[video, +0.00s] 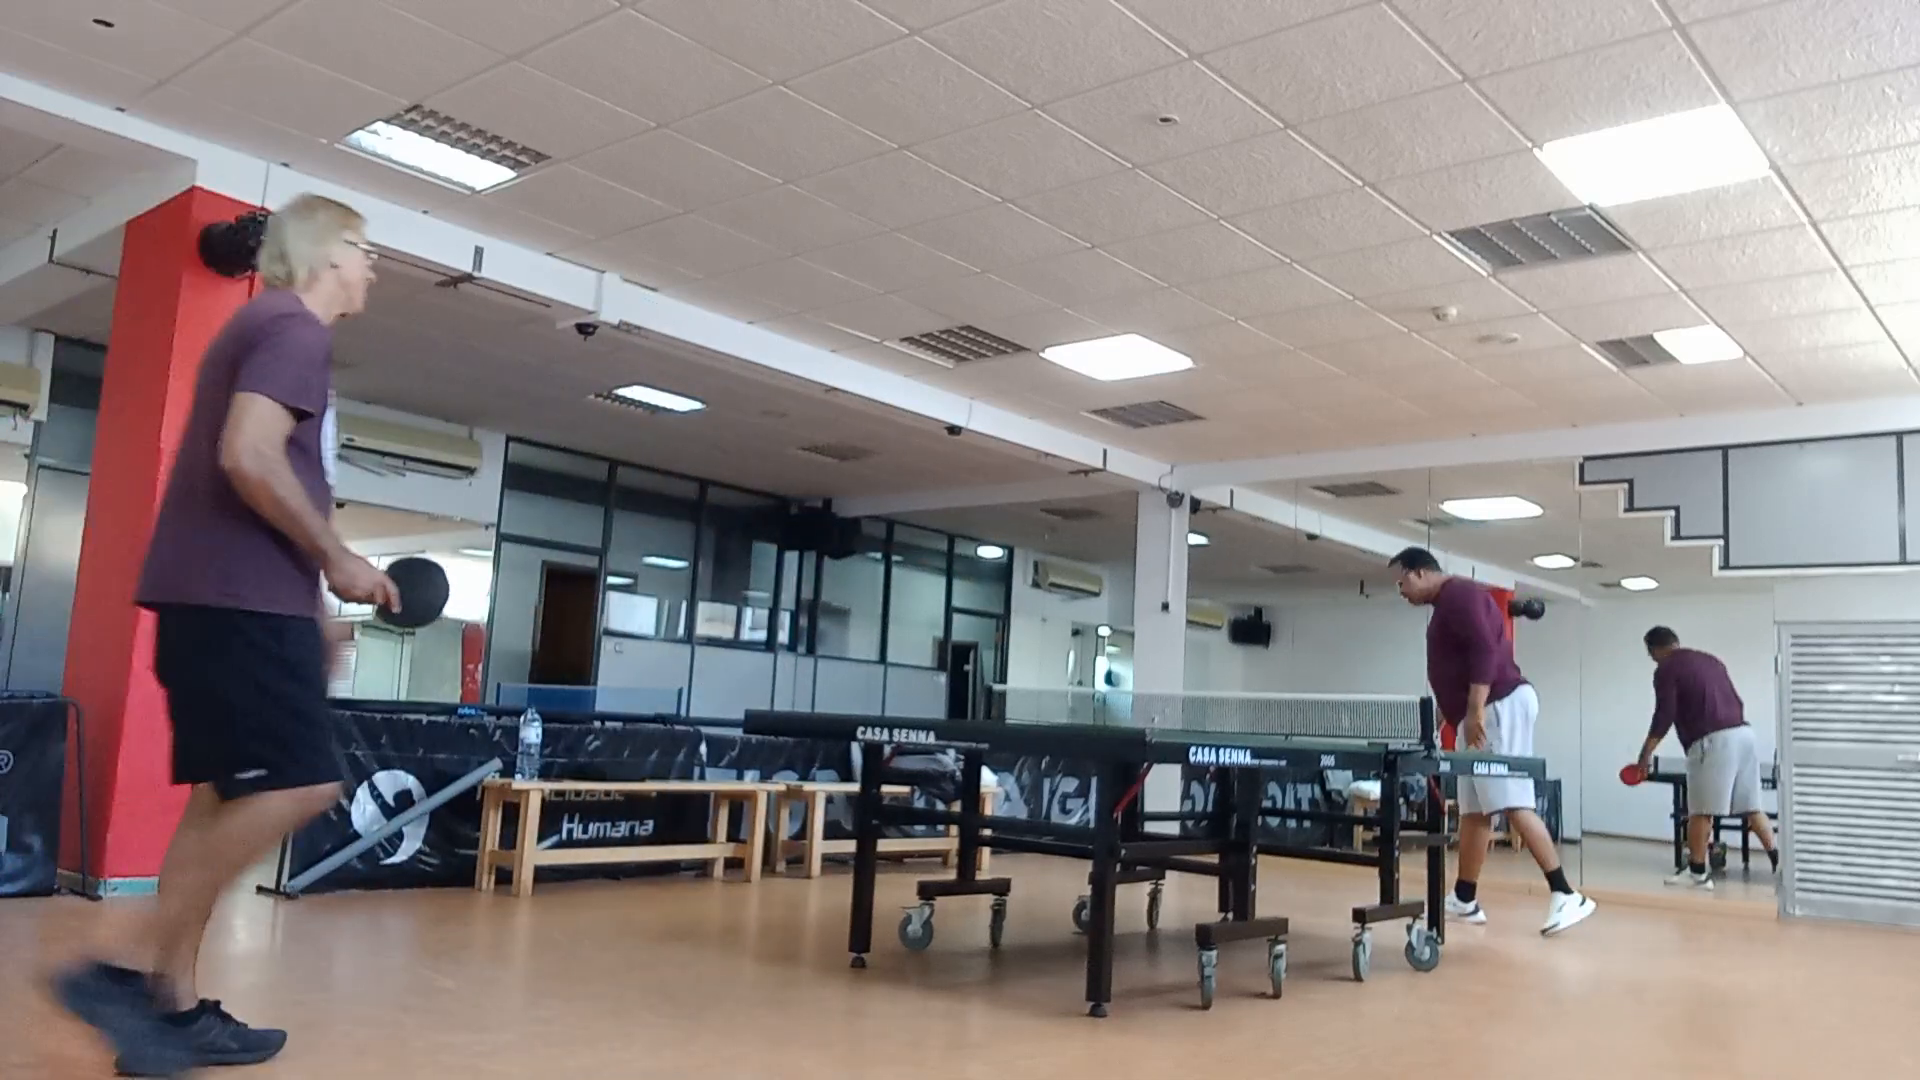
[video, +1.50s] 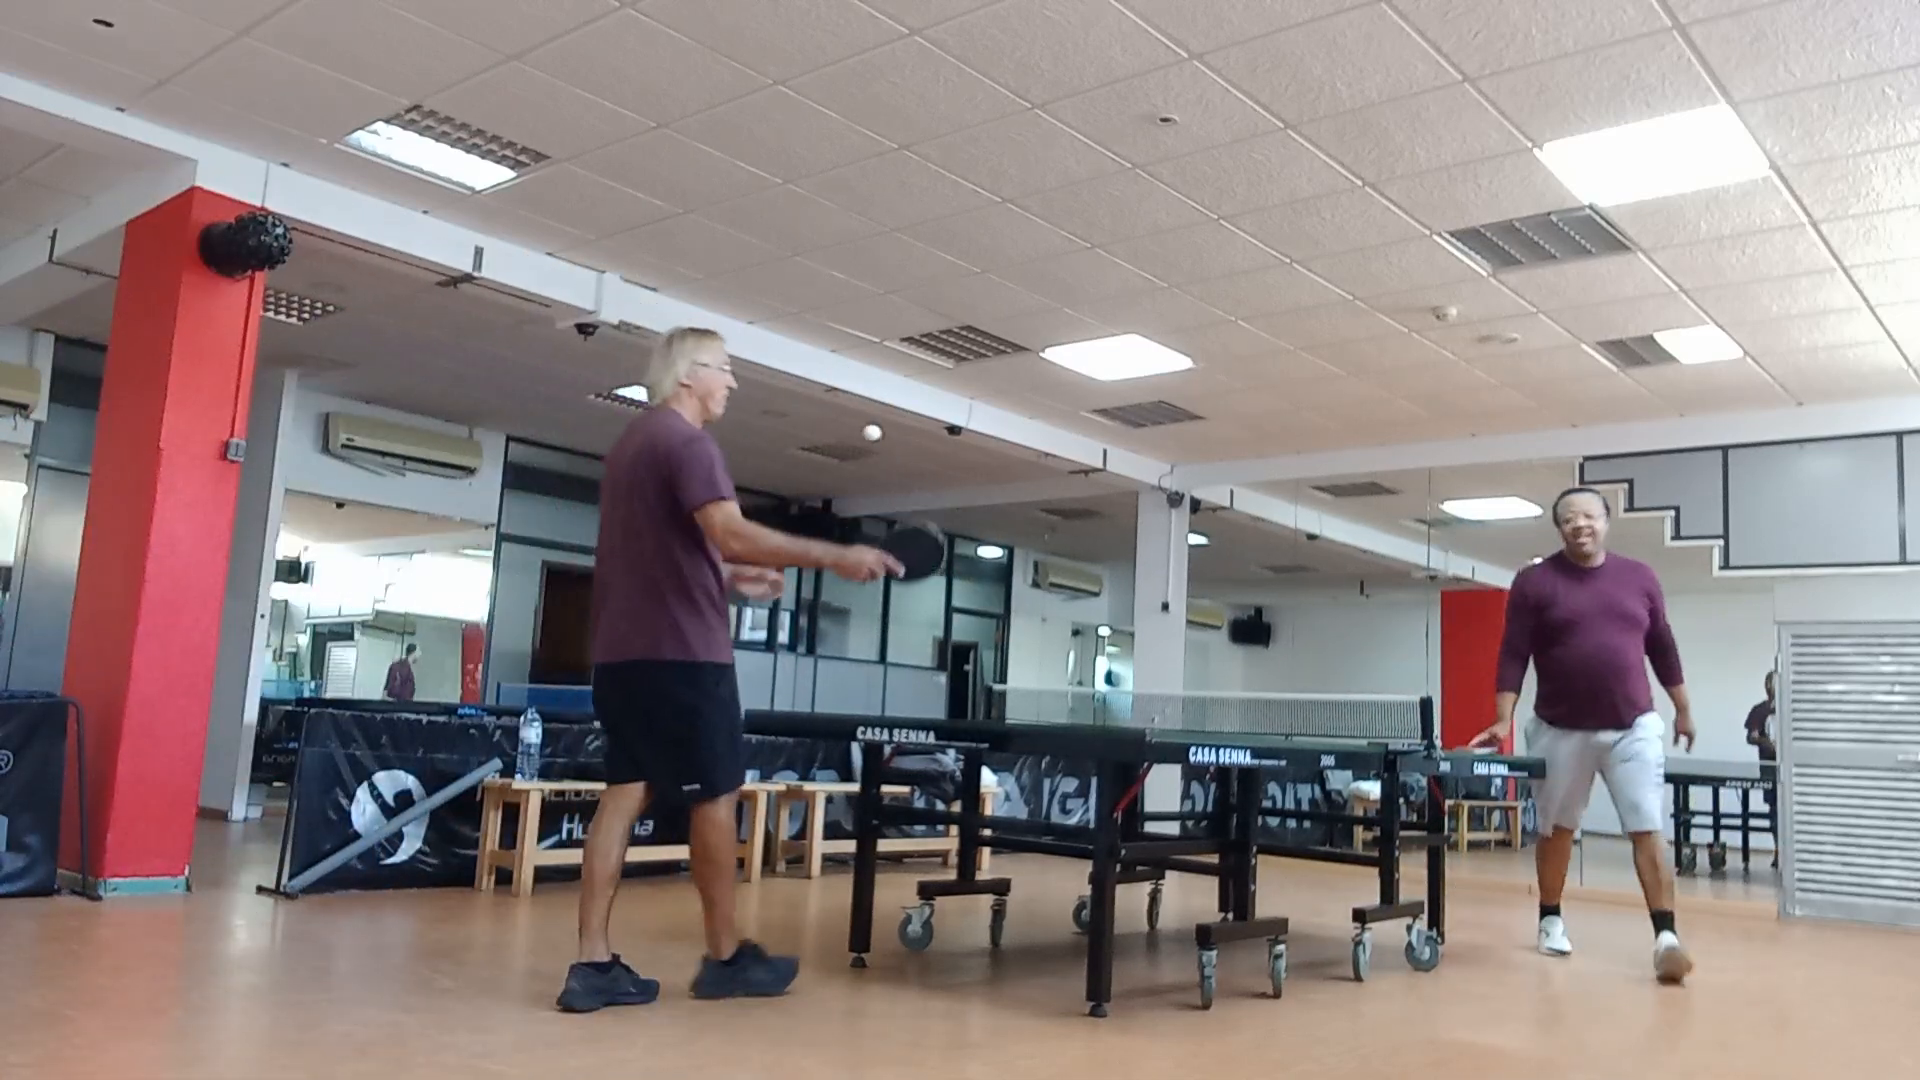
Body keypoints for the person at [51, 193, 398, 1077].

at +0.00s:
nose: (373, 275)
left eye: (370, 258)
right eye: (366, 257)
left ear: (290, 263)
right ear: (328, 260)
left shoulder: (258, 326)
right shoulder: (295, 328)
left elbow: (259, 482)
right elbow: (250, 455)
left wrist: (336, 577)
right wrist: (337, 559)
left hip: (215, 596)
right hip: (240, 599)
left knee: (223, 790)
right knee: (306, 779)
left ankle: (176, 1000)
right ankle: (123, 966)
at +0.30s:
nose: (467, 307)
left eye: (466, 291)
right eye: (461, 289)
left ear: (390, 291)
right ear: (425, 291)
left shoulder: (337, 362)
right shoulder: (407, 364)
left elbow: (350, 508)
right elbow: (364, 483)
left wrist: (451, 564)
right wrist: (446, 583)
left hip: (296, 624)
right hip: (362, 631)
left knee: (258, 800)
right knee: (425, 798)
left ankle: (176, 1008)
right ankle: (465, 995)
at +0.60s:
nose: (586, 334)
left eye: (586, 320)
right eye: (584, 320)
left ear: (511, 313)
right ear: (559, 320)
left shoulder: (455, 379)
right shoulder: (545, 393)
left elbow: (428, 503)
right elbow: (525, 510)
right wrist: (604, 586)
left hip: (425, 620)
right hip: (499, 629)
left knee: (437, 787)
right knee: (514, 801)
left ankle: (303, 926)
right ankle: (482, 998)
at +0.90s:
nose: (654, 355)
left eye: (654, 341)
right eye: (651, 341)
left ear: (585, 336)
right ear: (626, 340)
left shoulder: (517, 405)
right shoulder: (622, 410)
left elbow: (470, 517)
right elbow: (668, 522)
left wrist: (522, 578)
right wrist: (762, 536)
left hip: (505, 629)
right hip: (570, 635)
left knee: (541, 802)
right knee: (536, 810)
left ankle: (570, 959)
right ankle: (480, 997)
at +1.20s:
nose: (695, 368)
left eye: (693, 355)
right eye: (687, 353)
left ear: (630, 358)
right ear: (651, 356)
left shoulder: (578, 428)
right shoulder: (649, 426)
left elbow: (547, 543)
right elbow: (728, 516)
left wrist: (623, 566)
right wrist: (839, 524)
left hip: (568, 646)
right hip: (632, 646)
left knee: (606, 799)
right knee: (680, 791)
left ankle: (593, 957)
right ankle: (563, 930)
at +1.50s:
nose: (733, 384)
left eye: (731, 372)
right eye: (725, 369)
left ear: (676, 377)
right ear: (689, 374)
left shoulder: (632, 442)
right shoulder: (685, 439)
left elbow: (649, 555)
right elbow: (730, 535)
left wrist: (726, 576)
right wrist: (836, 556)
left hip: (624, 651)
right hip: (685, 654)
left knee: (624, 790)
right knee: (716, 794)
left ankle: (591, 962)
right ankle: (725, 956)